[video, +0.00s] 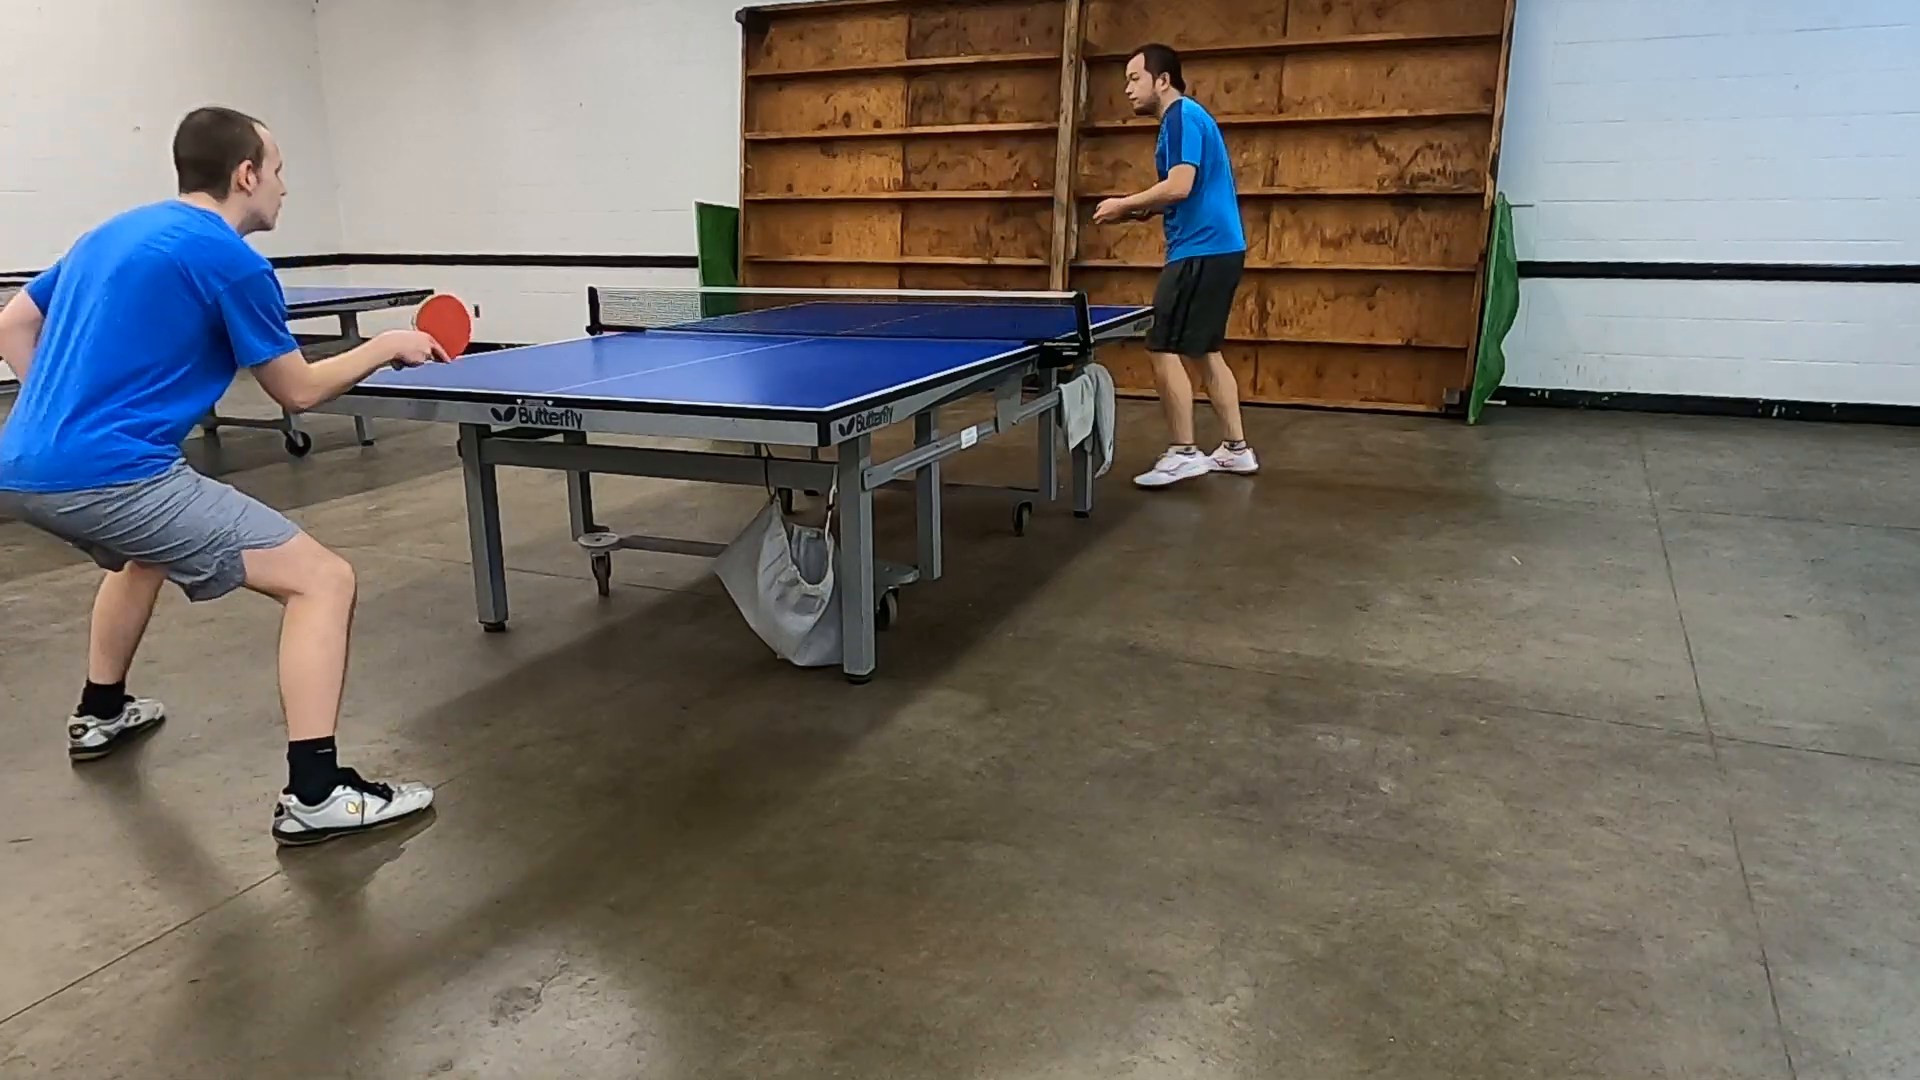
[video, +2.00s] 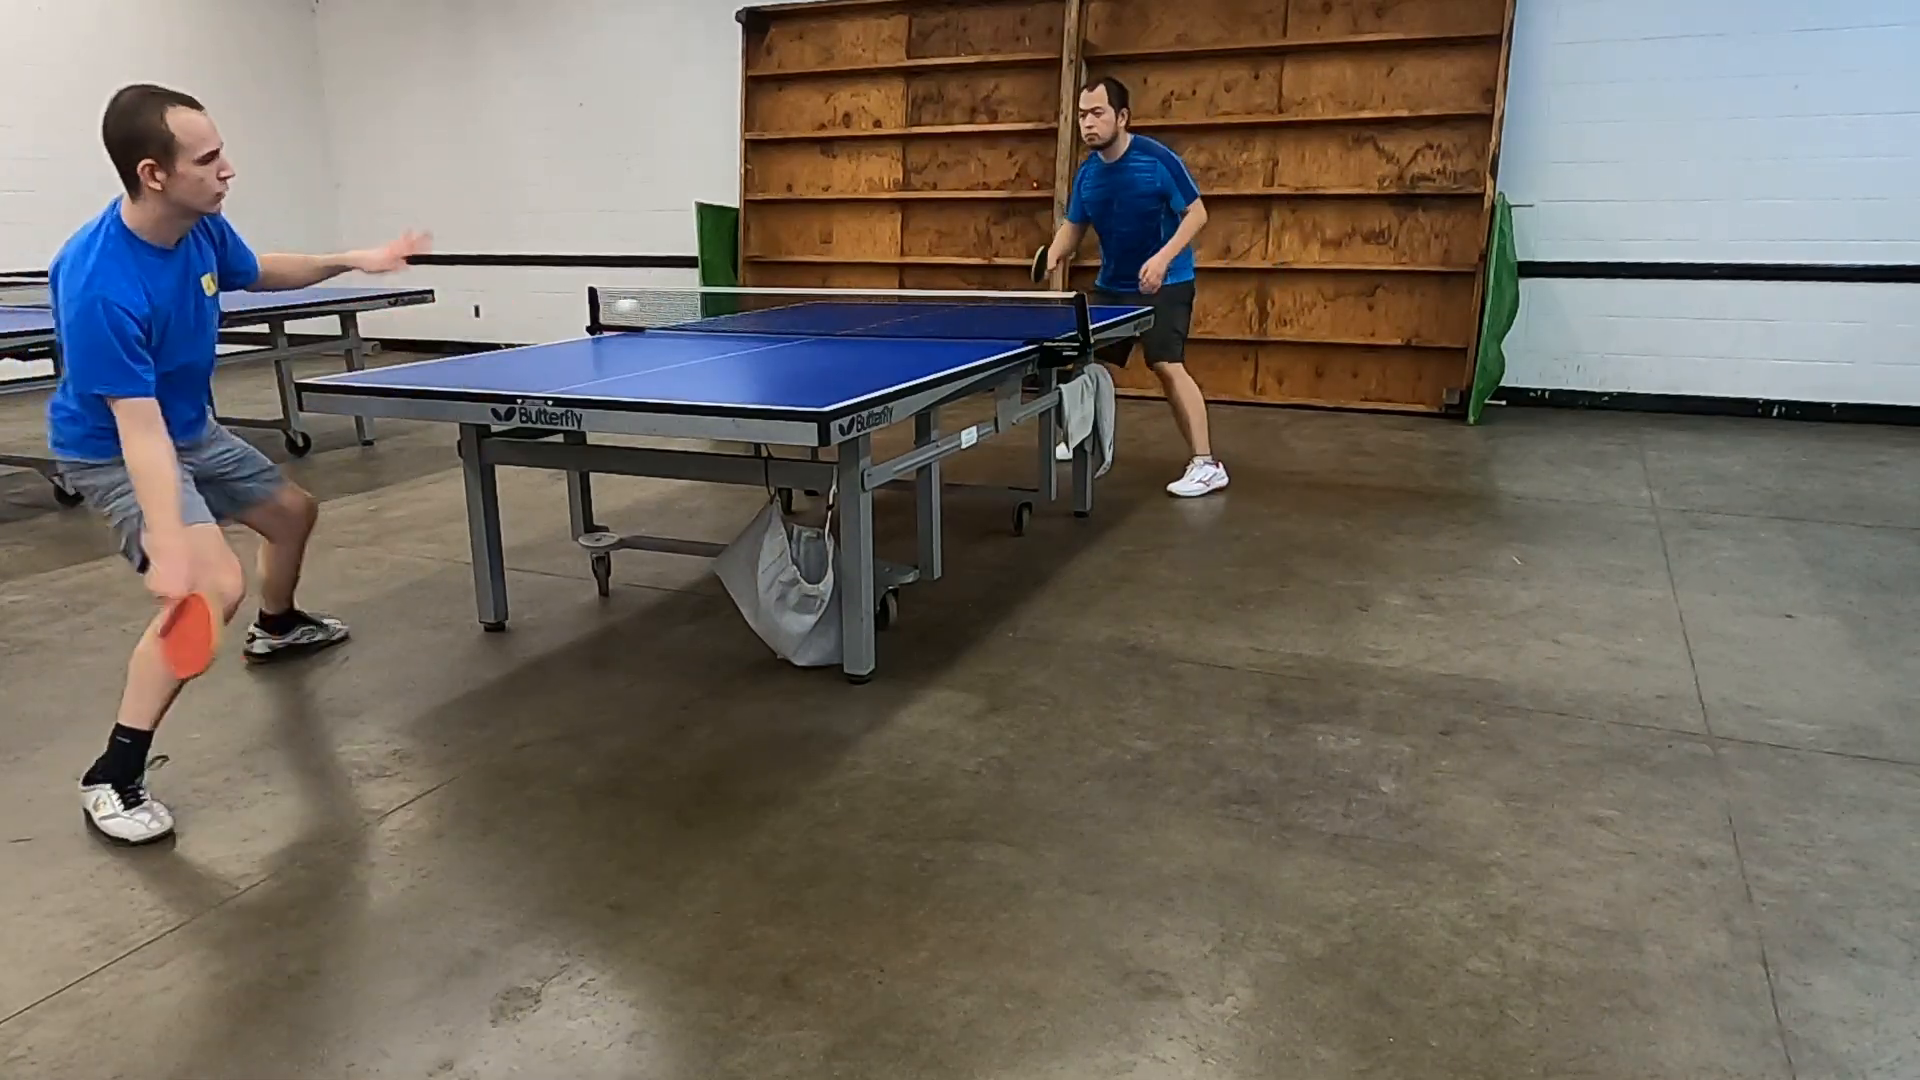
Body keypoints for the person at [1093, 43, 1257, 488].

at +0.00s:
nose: (1128, 88)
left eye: (1134, 78)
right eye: (1127, 80)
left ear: (1162, 80)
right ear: (1162, 83)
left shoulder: (1183, 116)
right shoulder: (1186, 118)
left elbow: (1180, 185)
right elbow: (1189, 193)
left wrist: (1125, 203)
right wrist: (1149, 210)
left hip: (1200, 252)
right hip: (1216, 250)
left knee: (1163, 348)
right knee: (1202, 349)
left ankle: (1184, 451)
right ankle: (1237, 447)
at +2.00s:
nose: (1086, 122)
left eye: (1096, 113)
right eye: (1082, 114)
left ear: (1122, 116)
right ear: (1079, 119)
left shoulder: (1159, 159)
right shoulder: (1088, 171)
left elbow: (1197, 213)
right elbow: (1072, 225)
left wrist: (1164, 256)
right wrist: (1052, 255)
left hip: (1167, 282)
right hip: (1114, 285)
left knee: (1164, 360)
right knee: (1088, 360)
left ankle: (1205, 461)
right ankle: (1084, 431)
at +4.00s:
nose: (1203, 63)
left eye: (1211, 53)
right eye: (1193, 56)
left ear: (1225, 59)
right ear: (1179, 66)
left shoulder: (1250, 115)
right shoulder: (1162, 128)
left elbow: (1275, 176)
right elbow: (1134, 199)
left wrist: (1244, 217)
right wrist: (1176, 239)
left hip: (1242, 264)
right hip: (1184, 265)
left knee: (1237, 367)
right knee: (1195, 366)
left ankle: (1201, 433)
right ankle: (1209, 468)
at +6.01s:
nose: (1217, 155)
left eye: (1231, 143)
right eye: (1207, 141)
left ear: (1251, 134)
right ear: (1191, 129)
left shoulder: (1273, 189)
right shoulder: (1176, 155)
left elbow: (1272, 298)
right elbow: (1149, 226)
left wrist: (1262, 389)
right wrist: (1123, 296)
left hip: (1250, 299)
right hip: (1198, 283)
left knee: (1236, 402)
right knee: (1211, 354)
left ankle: (1226, 509)